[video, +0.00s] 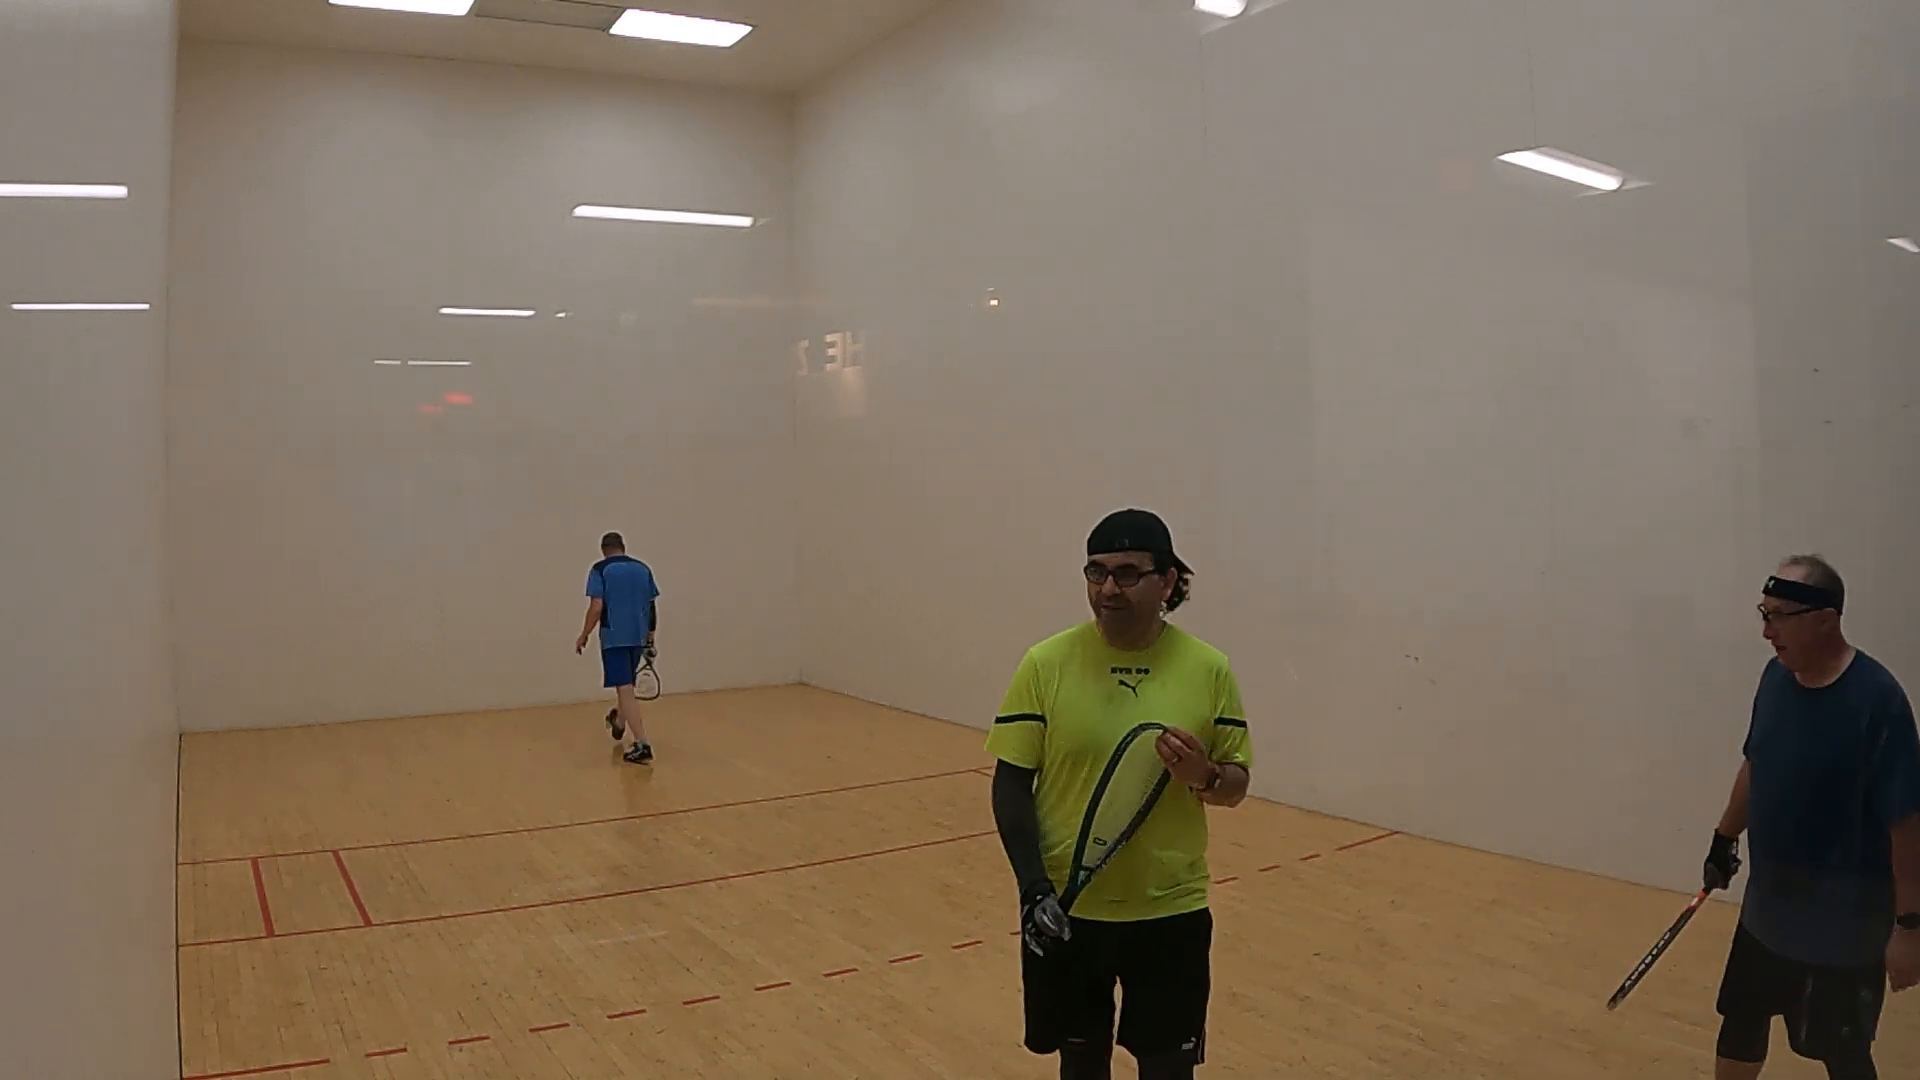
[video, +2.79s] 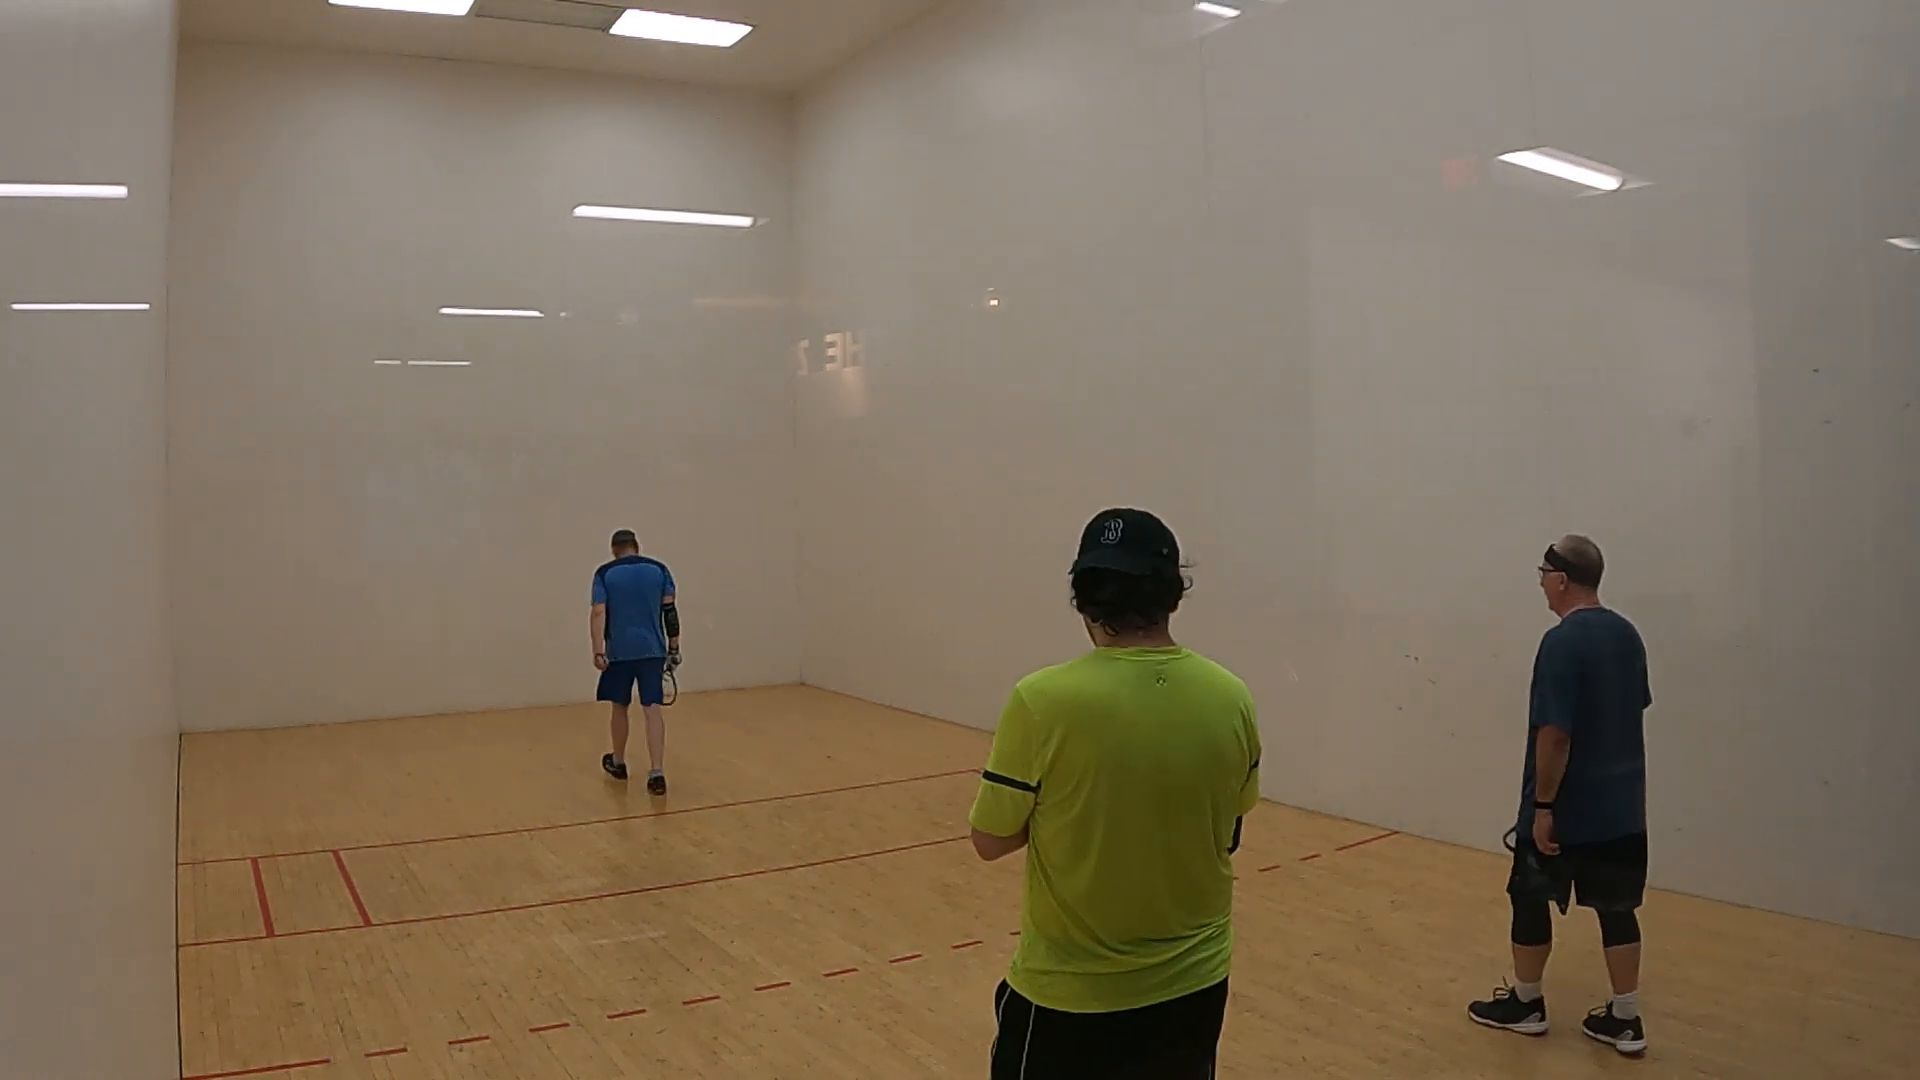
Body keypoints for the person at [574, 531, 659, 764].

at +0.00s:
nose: (607, 554)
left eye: (605, 550)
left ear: (603, 550)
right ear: (624, 548)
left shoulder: (600, 569)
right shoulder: (642, 568)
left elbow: (596, 606)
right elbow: (651, 606)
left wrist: (585, 634)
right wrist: (651, 636)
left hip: (614, 639)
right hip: (639, 637)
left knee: (625, 689)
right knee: (627, 683)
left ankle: (642, 744)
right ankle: (618, 719)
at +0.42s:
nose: (586, 573)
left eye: (585, 570)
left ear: (588, 566)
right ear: (603, 564)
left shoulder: (587, 570)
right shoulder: (618, 574)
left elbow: (592, 590)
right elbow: (625, 606)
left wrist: (592, 626)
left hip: (610, 621)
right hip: (631, 622)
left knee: (607, 674)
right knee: (619, 674)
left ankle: (617, 730)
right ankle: (615, 723)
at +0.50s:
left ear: (585, 568)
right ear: (599, 566)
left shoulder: (585, 571)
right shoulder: (615, 575)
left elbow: (591, 589)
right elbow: (622, 605)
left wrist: (591, 624)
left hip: (610, 619)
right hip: (630, 620)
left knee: (609, 673)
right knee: (619, 672)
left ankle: (612, 731)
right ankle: (616, 719)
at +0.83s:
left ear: (581, 568)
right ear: (595, 567)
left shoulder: (581, 572)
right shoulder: (611, 576)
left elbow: (587, 590)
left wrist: (588, 625)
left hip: (607, 619)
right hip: (627, 620)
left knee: (606, 673)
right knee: (614, 673)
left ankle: (609, 729)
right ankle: (612, 727)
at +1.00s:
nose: (580, 571)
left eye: (579, 568)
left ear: (581, 564)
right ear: (597, 561)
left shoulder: (580, 570)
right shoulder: (611, 571)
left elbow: (585, 591)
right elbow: (615, 603)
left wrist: (586, 626)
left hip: (603, 622)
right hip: (625, 622)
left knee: (599, 675)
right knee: (613, 674)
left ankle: (607, 730)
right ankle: (612, 725)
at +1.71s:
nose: (587, 559)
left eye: (586, 556)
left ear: (585, 554)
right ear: (606, 549)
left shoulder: (582, 567)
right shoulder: (626, 563)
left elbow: (583, 600)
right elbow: (638, 595)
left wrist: (581, 638)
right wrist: (635, 626)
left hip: (600, 633)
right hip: (631, 632)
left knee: (599, 686)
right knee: (628, 688)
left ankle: (601, 740)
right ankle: (632, 745)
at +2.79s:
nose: (622, 554)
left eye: (615, 551)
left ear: (613, 550)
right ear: (637, 547)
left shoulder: (604, 573)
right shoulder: (659, 569)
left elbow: (599, 612)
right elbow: (670, 611)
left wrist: (598, 650)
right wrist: (674, 646)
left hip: (620, 652)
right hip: (652, 651)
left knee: (619, 707)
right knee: (653, 708)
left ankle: (618, 762)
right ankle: (657, 772)